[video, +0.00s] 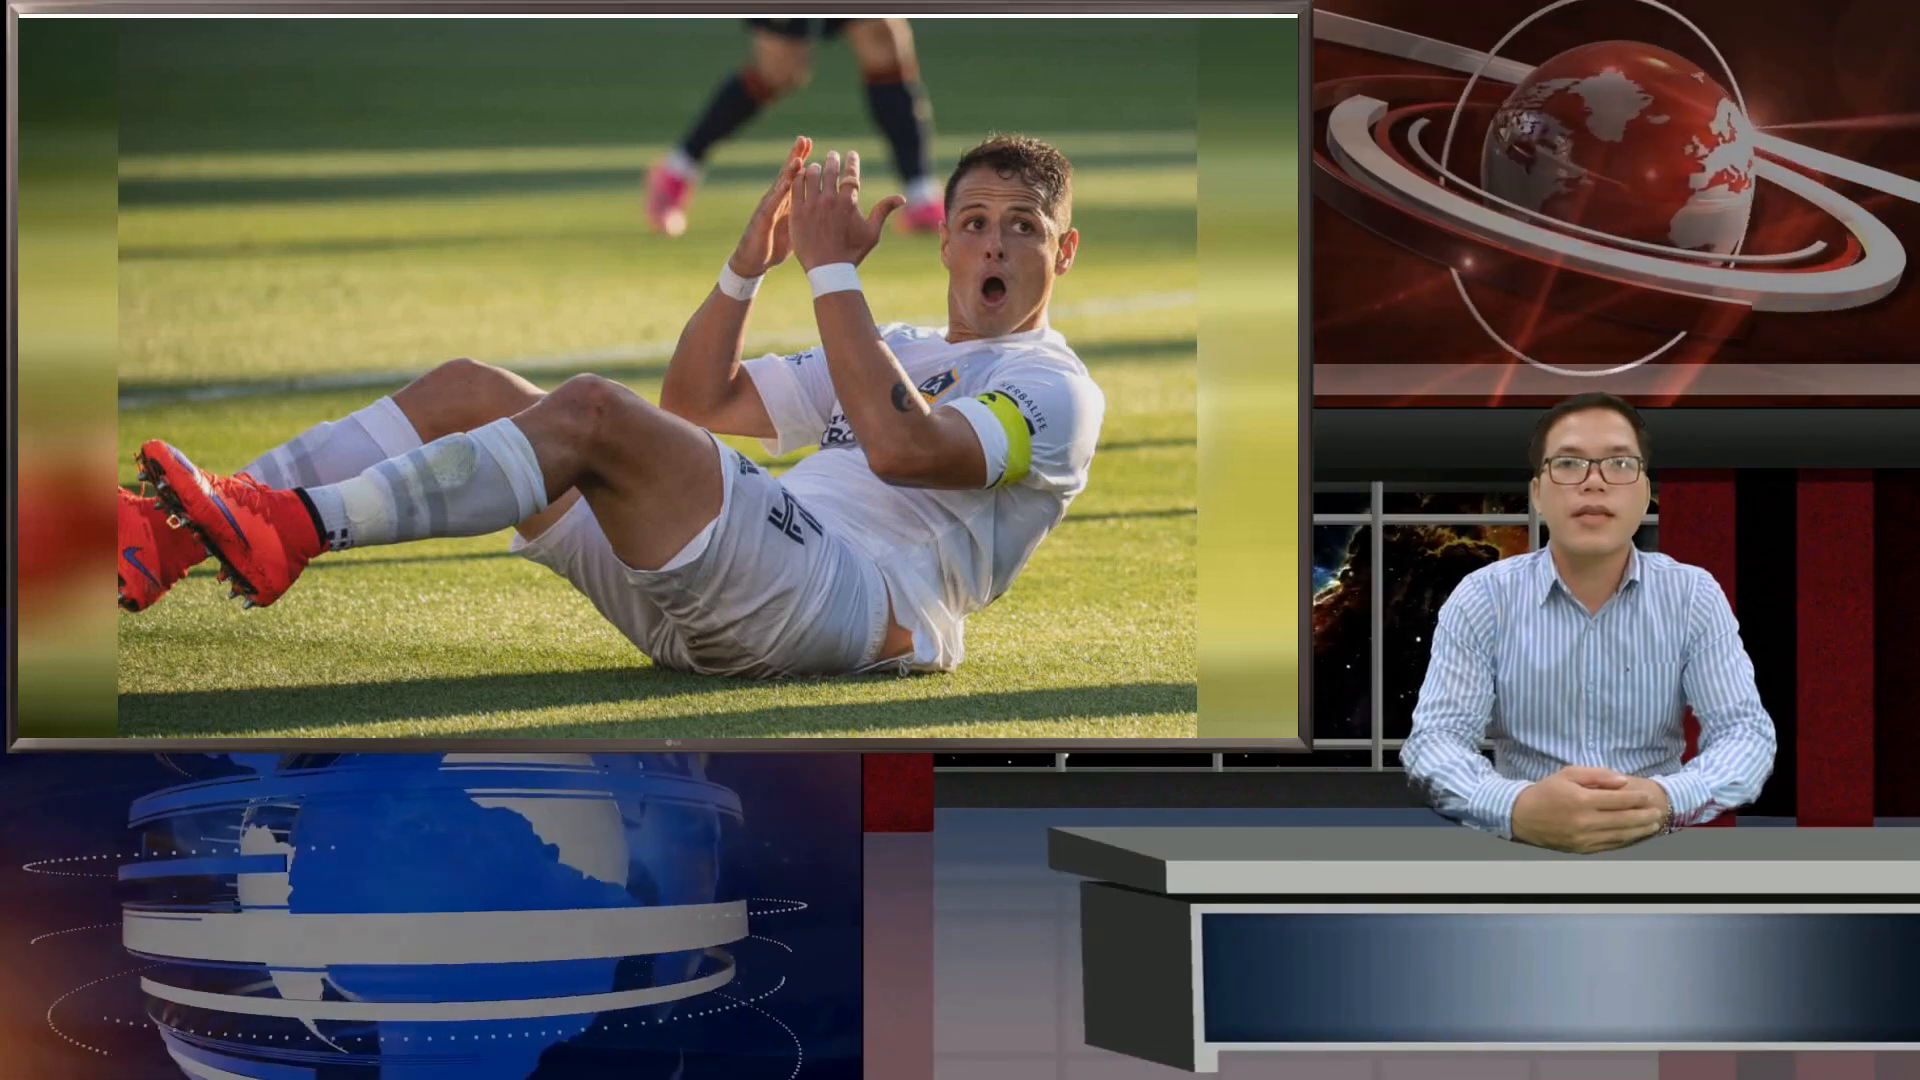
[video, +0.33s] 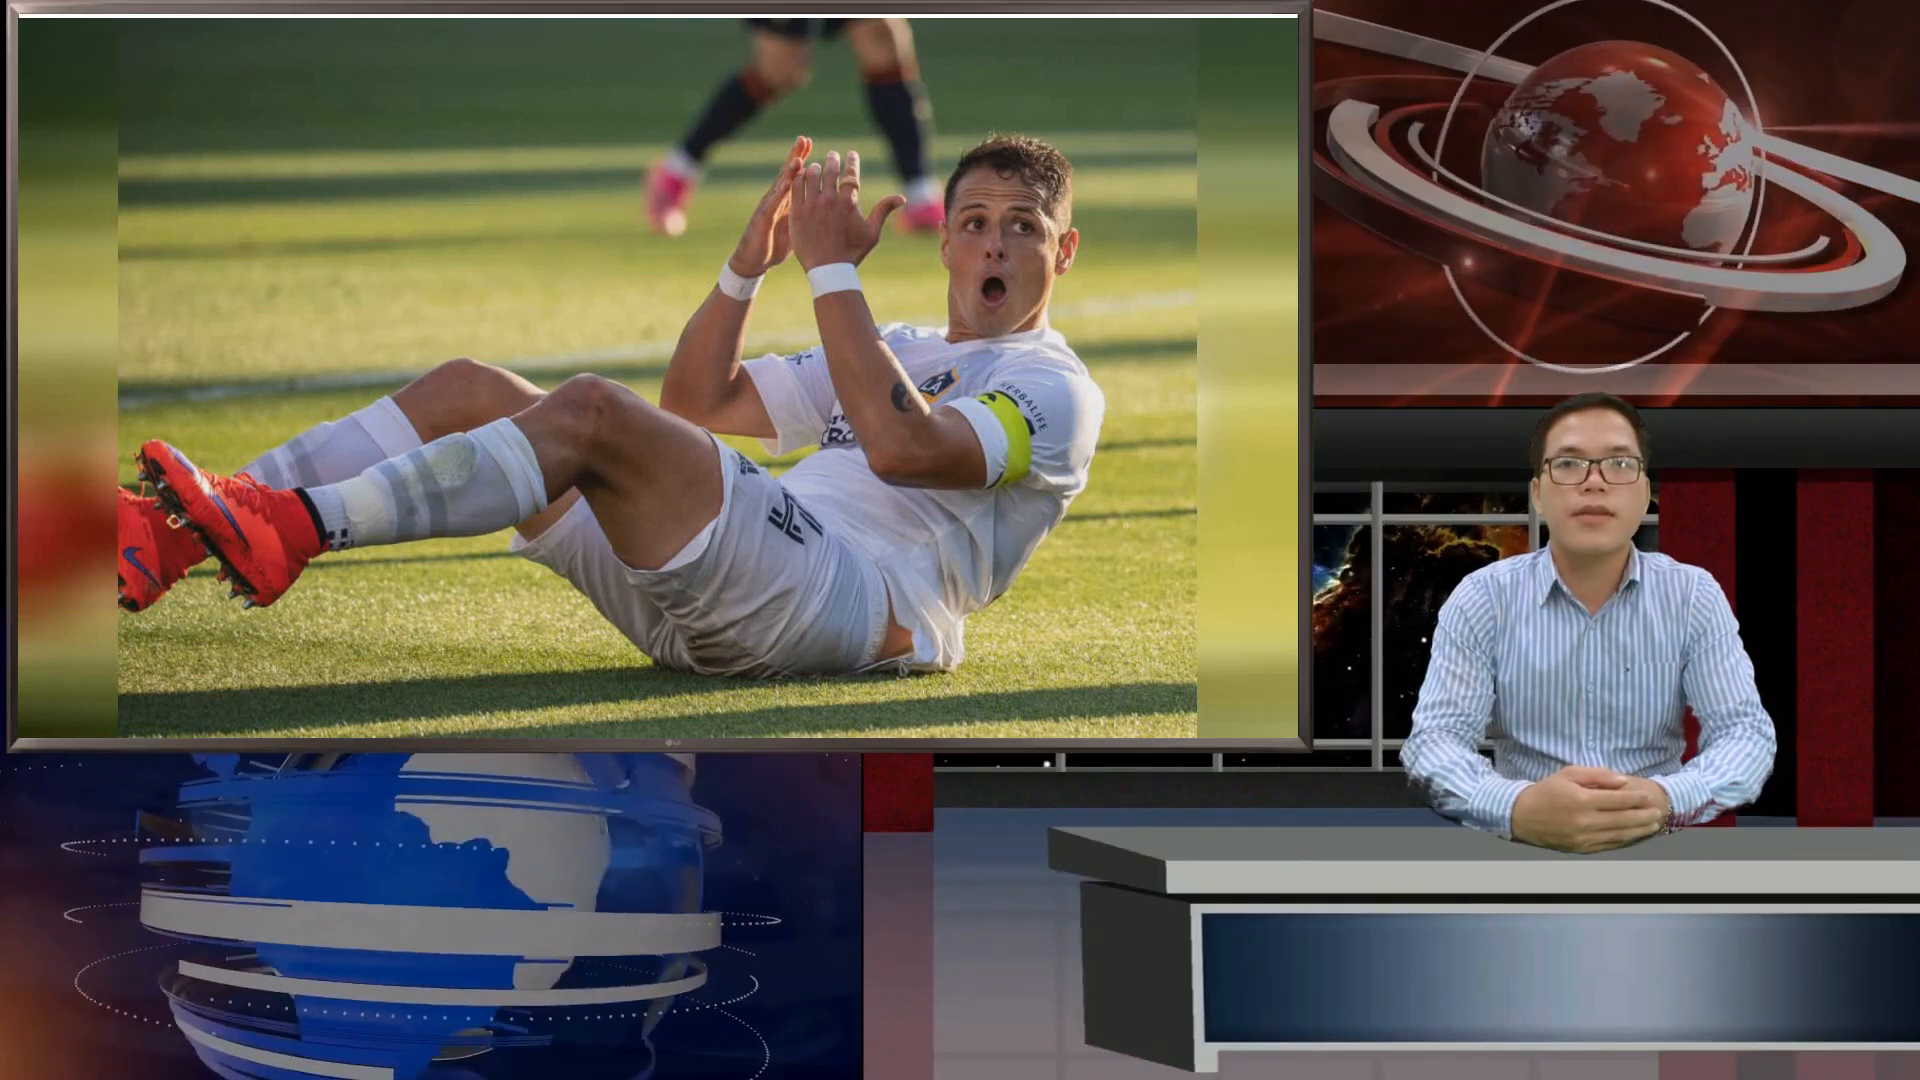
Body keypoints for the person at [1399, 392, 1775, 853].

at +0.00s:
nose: (1594, 482)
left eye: (1618, 464)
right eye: (1568, 463)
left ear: (1645, 494)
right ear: (1538, 494)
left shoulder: (1690, 598)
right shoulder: (1484, 600)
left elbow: (1744, 735)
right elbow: (1432, 745)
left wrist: (1667, 799)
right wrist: (1515, 809)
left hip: (1655, 850)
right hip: (1518, 853)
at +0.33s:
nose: (1594, 482)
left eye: (1618, 464)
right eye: (1568, 464)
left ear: (1645, 494)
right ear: (1538, 495)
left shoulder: (1690, 598)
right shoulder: (1484, 601)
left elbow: (1744, 735)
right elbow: (1432, 745)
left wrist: (1667, 799)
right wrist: (1515, 809)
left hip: (1655, 849)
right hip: (1518, 853)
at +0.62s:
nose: (1594, 483)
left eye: (1618, 464)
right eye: (1569, 464)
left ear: (1645, 494)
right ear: (1538, 495)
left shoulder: (1690, 598)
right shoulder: (1484, 601)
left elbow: (1744, 735)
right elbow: (1433, 745)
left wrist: (1667, 800)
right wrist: (1514, 809)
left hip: (1656, 853)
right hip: (1520, 856)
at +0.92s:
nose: (1594, 483)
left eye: (1618, 464)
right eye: (1568, 464)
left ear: (1645, 494)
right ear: (1538, 495)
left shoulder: (1690, 598)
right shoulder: (1484, 601)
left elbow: (1745, 735)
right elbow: (1432, 746)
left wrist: (1667, 800)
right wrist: (1514, 809)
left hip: (1656, 853)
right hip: (1520, 856)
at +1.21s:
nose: (1594, 482)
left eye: (1618, 464)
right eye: (1568, 463)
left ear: (1645, 494)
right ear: (1538, 495)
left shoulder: (1690, 598)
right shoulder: (1484, 601)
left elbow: (1745, 735)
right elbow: (1432, 745)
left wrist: (1667, 800)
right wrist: (1514, 809)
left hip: (1656, 853)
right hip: (1520, 856)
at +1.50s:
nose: (1595, 482)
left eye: (1619, 464)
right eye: (1569, 464)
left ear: (1646, 495)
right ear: (1538, 495)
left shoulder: (1690, 598)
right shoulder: (1484, 601)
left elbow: (1744, 735)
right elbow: (1432, 745)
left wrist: (1667, 800)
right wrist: (1515, 809)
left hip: (1656, 852)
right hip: (1519, 855)